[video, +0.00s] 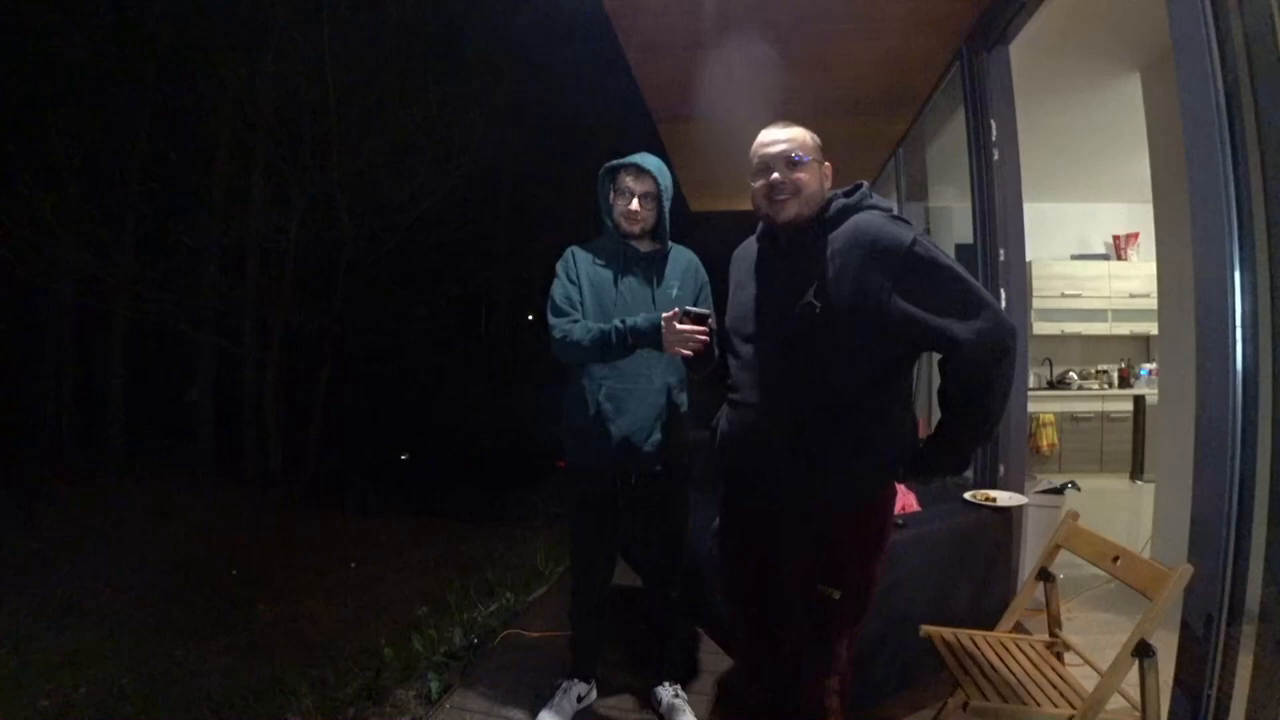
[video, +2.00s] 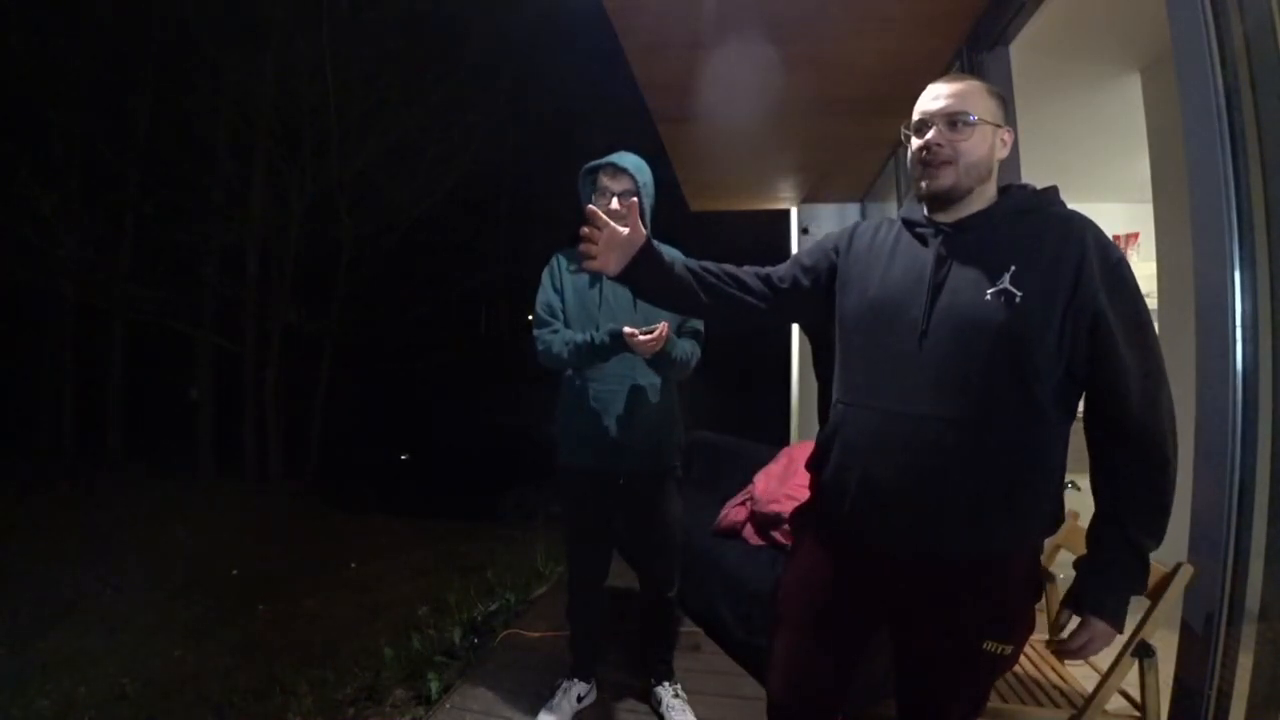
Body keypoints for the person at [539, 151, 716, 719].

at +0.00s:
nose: (634, 206)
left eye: (646, 197)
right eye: (624, 196)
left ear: (662, 204)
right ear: (609, 202)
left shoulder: (686, 266)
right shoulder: (578, 263)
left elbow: (706, 353)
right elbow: (564, 339)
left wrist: (699, 346)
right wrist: (651, 330)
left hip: (666, 438)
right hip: (595, 437)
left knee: (666, 561)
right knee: (589, 561)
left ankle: (668, 681)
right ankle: (580, 679)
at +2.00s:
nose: (616, 207)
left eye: (628, 197)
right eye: (606, 196)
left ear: (645, 203)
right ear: (588, 201)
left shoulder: (669, 266)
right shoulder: (564, 267)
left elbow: (691, 356)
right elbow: (546, 346)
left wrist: (661, 347)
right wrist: (610, 339)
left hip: (651, 446)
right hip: (585, 445)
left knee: (661, 567)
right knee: (585, 566)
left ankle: (662, 679)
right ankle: (581, 678)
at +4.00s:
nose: (632, 207)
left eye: (642, 197)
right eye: (621, 196)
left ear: (655, 204)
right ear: (599, 203)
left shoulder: (679, 269)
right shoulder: (574, 265)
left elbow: (698, 356)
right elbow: (554, 346)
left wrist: (663, 353)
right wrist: (611, 348)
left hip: (654, 444)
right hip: (587, 442)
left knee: (657, 563)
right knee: (584, 562)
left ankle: (661, 679)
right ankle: (580, 679)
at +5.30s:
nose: (658, 204)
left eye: (669, 194)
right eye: (648, 195)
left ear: (693, 199)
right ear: (634, 202)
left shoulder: (721, 275)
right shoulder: (613, 265)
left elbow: (731, 363)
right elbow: (582, 342)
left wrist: (691, 349)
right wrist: (609, 274)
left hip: (680, 440)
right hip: (613, 434)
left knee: (672, 557)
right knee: (600, 554)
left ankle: (665, 679)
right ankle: (584, 675)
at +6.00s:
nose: (676, 213)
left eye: (688, 203)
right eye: (670, 202)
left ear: (715, 207)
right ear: (662, 204)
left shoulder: (741, 276)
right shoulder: (642, 265)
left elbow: (749, 368)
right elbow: (604, 322)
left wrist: (681, 353)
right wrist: (642, 254)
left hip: (685, 447)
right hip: (620, 437)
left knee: (669, 560)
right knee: (599, 554)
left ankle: (663, 675)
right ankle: (578, 667)